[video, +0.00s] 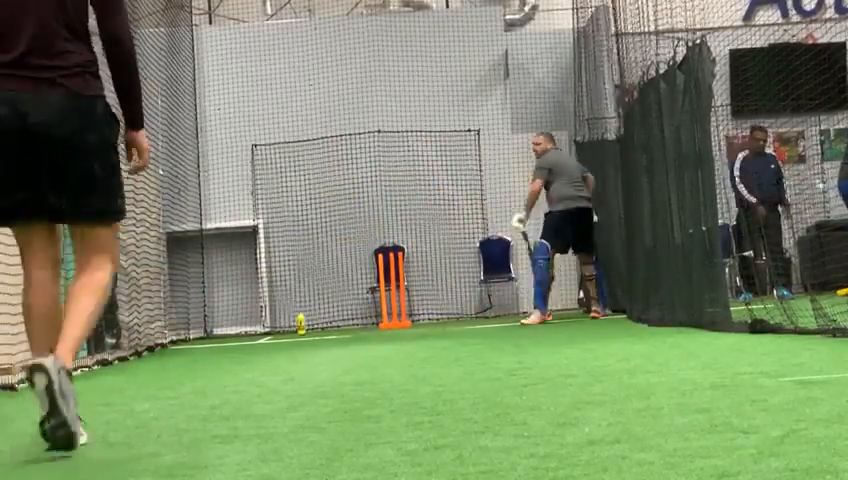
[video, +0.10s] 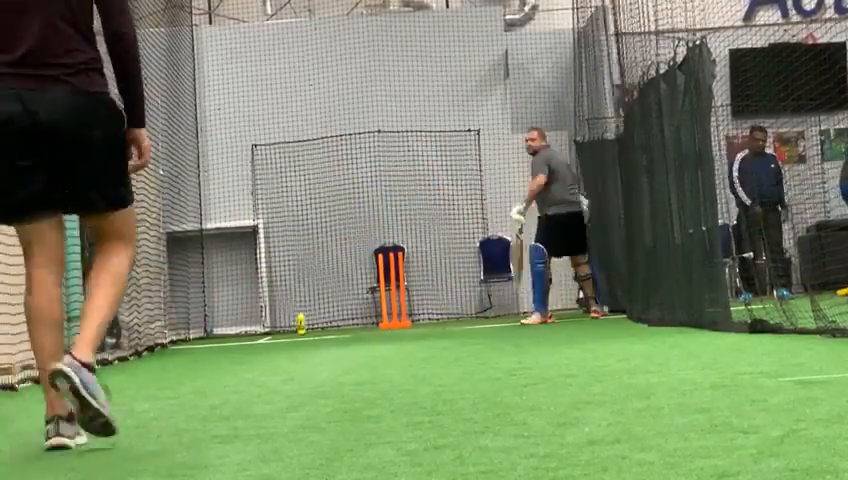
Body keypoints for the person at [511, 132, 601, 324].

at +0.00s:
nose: (533, 148)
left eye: (537, 144)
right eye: (533, 145)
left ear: (549, 144)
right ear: (552, 146)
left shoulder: (544, 160)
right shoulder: (570, 158)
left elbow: (536, 188)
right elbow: (589, 178)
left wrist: (525, 213)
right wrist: (585, 203)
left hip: (560, 213)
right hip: (583, 212)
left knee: (543, 257)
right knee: (587, 260)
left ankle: (540, 310)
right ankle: (596, 307)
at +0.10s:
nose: (528, 144)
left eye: (532, 140)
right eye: (527, 141)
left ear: (543, 141)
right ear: (544, 142)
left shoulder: (540, 158)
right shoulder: (560, 156)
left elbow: (540, 181)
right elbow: (573, 181)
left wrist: (524, 205)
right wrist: (578, 198)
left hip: (552, 217)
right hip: (574, 215)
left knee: (541, 262)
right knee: (580, 261)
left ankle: (541, 311)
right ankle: (594, 306)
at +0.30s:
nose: (517, 140)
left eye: (521, 137)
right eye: (514, 137)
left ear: (529, 139)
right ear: (511, 140)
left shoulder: (538, 156)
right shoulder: (516, 161)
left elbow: (558, 176)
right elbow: (527, 187)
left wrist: (546, 199)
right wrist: (528, 213)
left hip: (552, 211)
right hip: (537, 213)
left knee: (540, 258)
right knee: (555, 260)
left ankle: (541, 312)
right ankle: (583, 300)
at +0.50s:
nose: (511, 137)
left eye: (515, 133)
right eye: (507, 134)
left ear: (523, 135)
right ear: (504, 137)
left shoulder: (539, 155)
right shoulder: (502, 165)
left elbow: (557, 177)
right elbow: (502, 194)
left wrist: (553, 197)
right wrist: (496, 212)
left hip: (542, 213)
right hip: (522, 216)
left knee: (539, 258)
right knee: (526, 257)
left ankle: (540, 309)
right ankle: (560, 297)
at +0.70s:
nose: (509, 142)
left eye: (511, 138)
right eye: (505, 139)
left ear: (515, 136)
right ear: (499, 138)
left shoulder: (531, 154)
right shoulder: (495, 156)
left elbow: (550, 176)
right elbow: (486, 162)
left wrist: (559, 193)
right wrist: (492, 150)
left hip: (530, 216)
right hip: (508, 217)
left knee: (529, 261)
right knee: (509, 263)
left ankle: (538, 310)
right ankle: (521, 304)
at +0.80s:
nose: (498, 133)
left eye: (501, 129)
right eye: (495, 130)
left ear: (512, 133)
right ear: (492, 135)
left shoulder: (526, 154)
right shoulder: (490, 155)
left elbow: (543, 177)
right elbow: (483, 160)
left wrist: (558, 196)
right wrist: (496, 144)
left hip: (524, 217)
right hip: (500, 217)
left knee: (527, 261)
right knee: (497, 263)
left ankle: (539, 311)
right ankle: (500, 308)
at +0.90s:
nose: (495, 133)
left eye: (499, 129)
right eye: (492, 130)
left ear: (506, 133)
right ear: (486, 134)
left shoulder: (519, 154)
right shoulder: (482, 155)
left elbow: (537, 180)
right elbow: (478, 167)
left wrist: (555, 201)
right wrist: (496, 154)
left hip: (518, 217)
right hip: (493, 217)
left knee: (523, 260)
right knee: (482, 260)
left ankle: (539, 311)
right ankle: (481, 312)